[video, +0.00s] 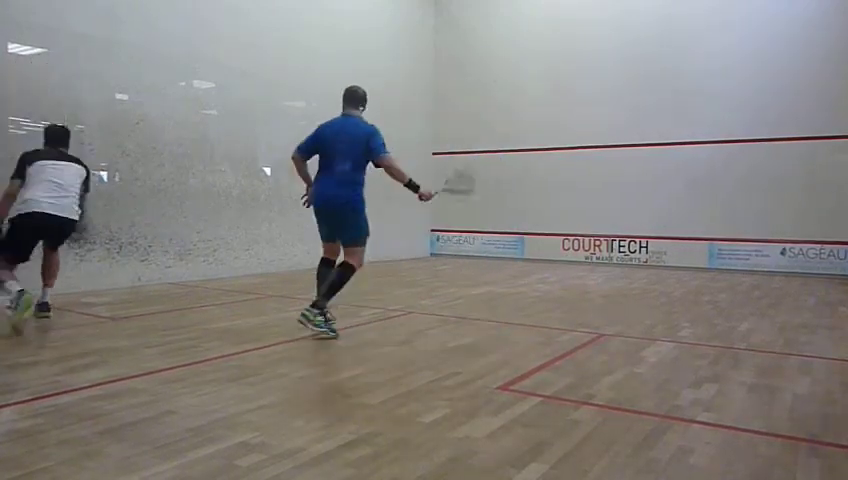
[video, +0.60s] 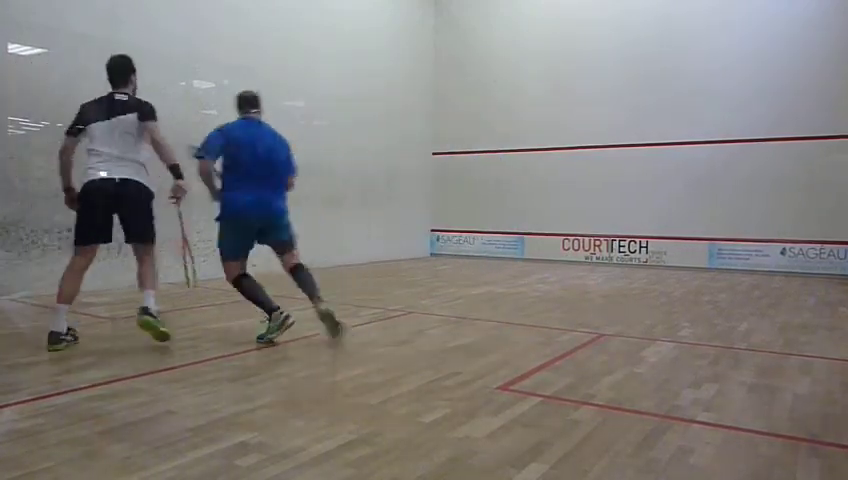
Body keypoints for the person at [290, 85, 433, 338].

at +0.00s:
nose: (362, 109)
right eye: (364, 106)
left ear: (343, 103)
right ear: (363, 106)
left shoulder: (326, 129)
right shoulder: (369, 131)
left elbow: (298, 157)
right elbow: (384, 163)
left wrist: (309, 185)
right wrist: (416, 189)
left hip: (321, 198)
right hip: (349, 200)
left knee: (330, 251)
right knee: (354, 258)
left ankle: (321, 312)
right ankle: (316, 307)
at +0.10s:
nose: (365, 108)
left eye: (362, 104)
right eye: (366, 104)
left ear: (343, 101)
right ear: (363, 103)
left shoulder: (323, 122)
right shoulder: (365, 126)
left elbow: (299, 156)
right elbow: (380, 164)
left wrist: (313, 181)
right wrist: (400, 196)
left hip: (310, 188)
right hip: (340, 190)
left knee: (315, 248)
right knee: (345, 251)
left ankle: (309, 309)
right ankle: (326, 312)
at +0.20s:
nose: (363, 119)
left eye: (362, 115)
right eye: (364, 115)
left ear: (344, 112)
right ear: (362, 114)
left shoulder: (327, 130)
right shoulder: (360, 134)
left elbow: (304, 160)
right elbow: (369, 170)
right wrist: (383, 207)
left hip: (298, 191)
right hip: (328, 195)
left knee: (304, 251)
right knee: (345, 256)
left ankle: (278, 307)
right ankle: (344, 323)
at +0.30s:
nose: (356, 131)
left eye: (355, 127)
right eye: (357, 127)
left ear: (335, 124)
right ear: (354, 126)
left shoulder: (318, 143)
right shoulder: (352, 147)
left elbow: (305, 175)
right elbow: (358, 183)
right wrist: (369, 221)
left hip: (287, 205)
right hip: (319, 209)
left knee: (288, 258)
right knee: (350, 264)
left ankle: (251, 301)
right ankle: (342, 329)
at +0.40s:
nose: (332, 129)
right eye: (333, 125)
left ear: (311, 123)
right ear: (332, 125)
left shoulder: (293, 146)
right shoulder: (337, 150)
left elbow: (274, 184)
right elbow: (348, 191)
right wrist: (347, 225)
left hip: (276, 212)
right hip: (311, 215)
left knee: (269, 262)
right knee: (350, 263)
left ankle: (244, 298)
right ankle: (343, 328)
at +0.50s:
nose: (294, 115)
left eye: (290, 109)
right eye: (295, 111)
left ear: (277, 112)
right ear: (298, 113)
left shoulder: (260, 136)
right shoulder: (310, 141)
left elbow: (235, 168)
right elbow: (325, 181)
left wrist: (253, 188)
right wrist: (313, 203)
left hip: (259, 208)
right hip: (296, 209)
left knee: (250, 262)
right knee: (323, 261)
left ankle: (257, 303)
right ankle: (341, 323)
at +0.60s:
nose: (251, 111)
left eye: (244, 107)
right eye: (255, 107)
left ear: (238, 109)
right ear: (260, 109)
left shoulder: (225, 133)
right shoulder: (276, 138)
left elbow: (204, 167)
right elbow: (289, 182)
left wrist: (214, 192)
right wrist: (262, 187)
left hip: (237, 213)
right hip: (274, 210)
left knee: (235, 273)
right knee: (292, 261)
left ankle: (275, 314)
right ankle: (319, 303)